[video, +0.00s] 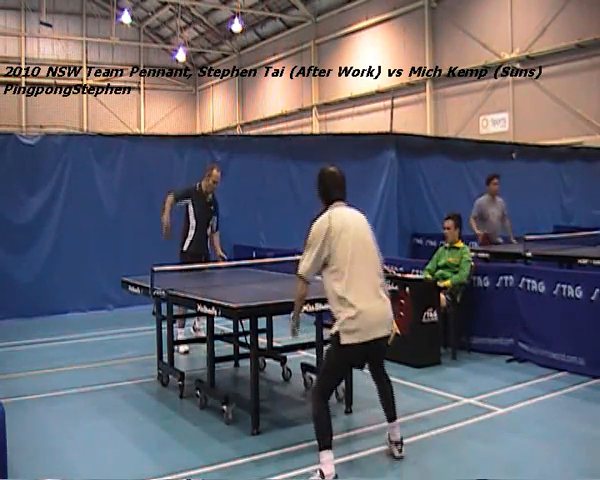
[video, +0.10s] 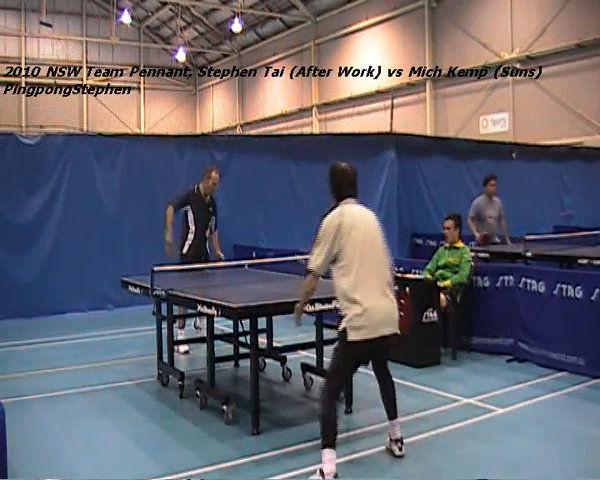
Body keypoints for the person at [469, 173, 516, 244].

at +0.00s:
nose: (497, 187)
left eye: (498, 184)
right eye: (494, 184)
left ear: (499, 186)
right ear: (488, 186)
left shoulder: (500, 202)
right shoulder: (480, 202)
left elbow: (505, 219)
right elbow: (472, 219)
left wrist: (511, 237)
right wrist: (478, 232)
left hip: (497, 237)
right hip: (484, 238)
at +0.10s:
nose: (493, 188)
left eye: (494, 185)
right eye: (491, 185)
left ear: (496, 187)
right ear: (485, 187)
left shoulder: (497, 202)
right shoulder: (477, 202)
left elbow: (501, 220)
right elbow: (469, 220)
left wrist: (506, 237)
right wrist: (476, 234)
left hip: (494, 238)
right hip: (481, 238)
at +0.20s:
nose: (491, 190)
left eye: (492, 187)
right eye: (489, 187)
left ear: (493, 188)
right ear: (482, 188)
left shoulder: (493, 199)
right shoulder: (474, 202)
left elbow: (497, 217)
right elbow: (468, 219)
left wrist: (501, 234)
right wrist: (477, 234)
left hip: (492, 237)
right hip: (479, 239)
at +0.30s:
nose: (489, 189)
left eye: (490, 187)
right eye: (487, 186)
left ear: (491, 187)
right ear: (481, 187)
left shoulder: (490, 198)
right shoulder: (472, 199)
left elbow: (490, 214)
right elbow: (468, 217)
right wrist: (477, 229)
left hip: (490, 234)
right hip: (478, 237)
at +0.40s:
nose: (487, 187)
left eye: (488, 185)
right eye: (484, 184)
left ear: (489, 185)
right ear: (478, 185)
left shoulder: (486, 196)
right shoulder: (470, 198)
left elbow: (487, 211)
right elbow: (466, 216)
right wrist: (474, 224)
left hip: (487, 233)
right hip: (476, 235)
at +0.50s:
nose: (485, 187)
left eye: (486, 185)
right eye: (482, 184)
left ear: (486, 186)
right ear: (476, 185)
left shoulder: (484, 197)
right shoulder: (468, 200)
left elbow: (484, 213)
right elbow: (462, 217)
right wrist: (471, 226)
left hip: (485, 233)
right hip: (474, 236)